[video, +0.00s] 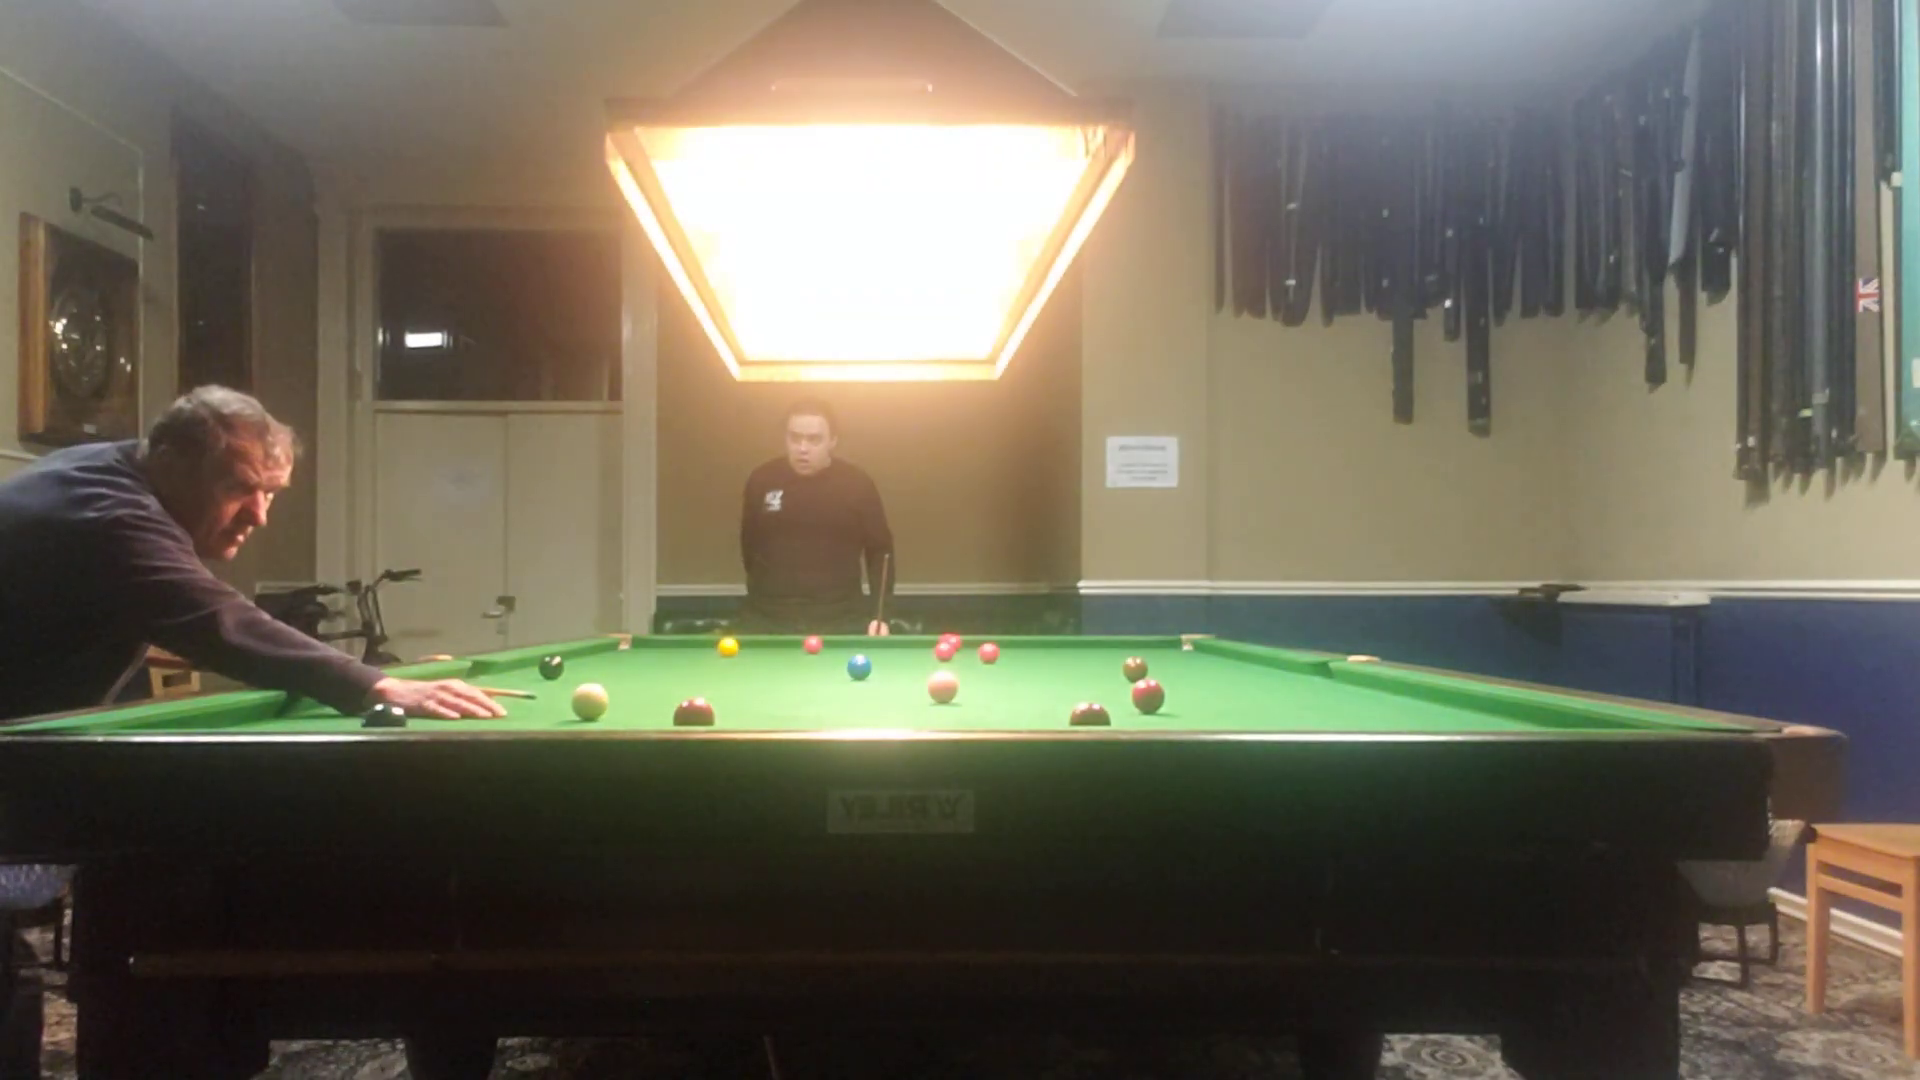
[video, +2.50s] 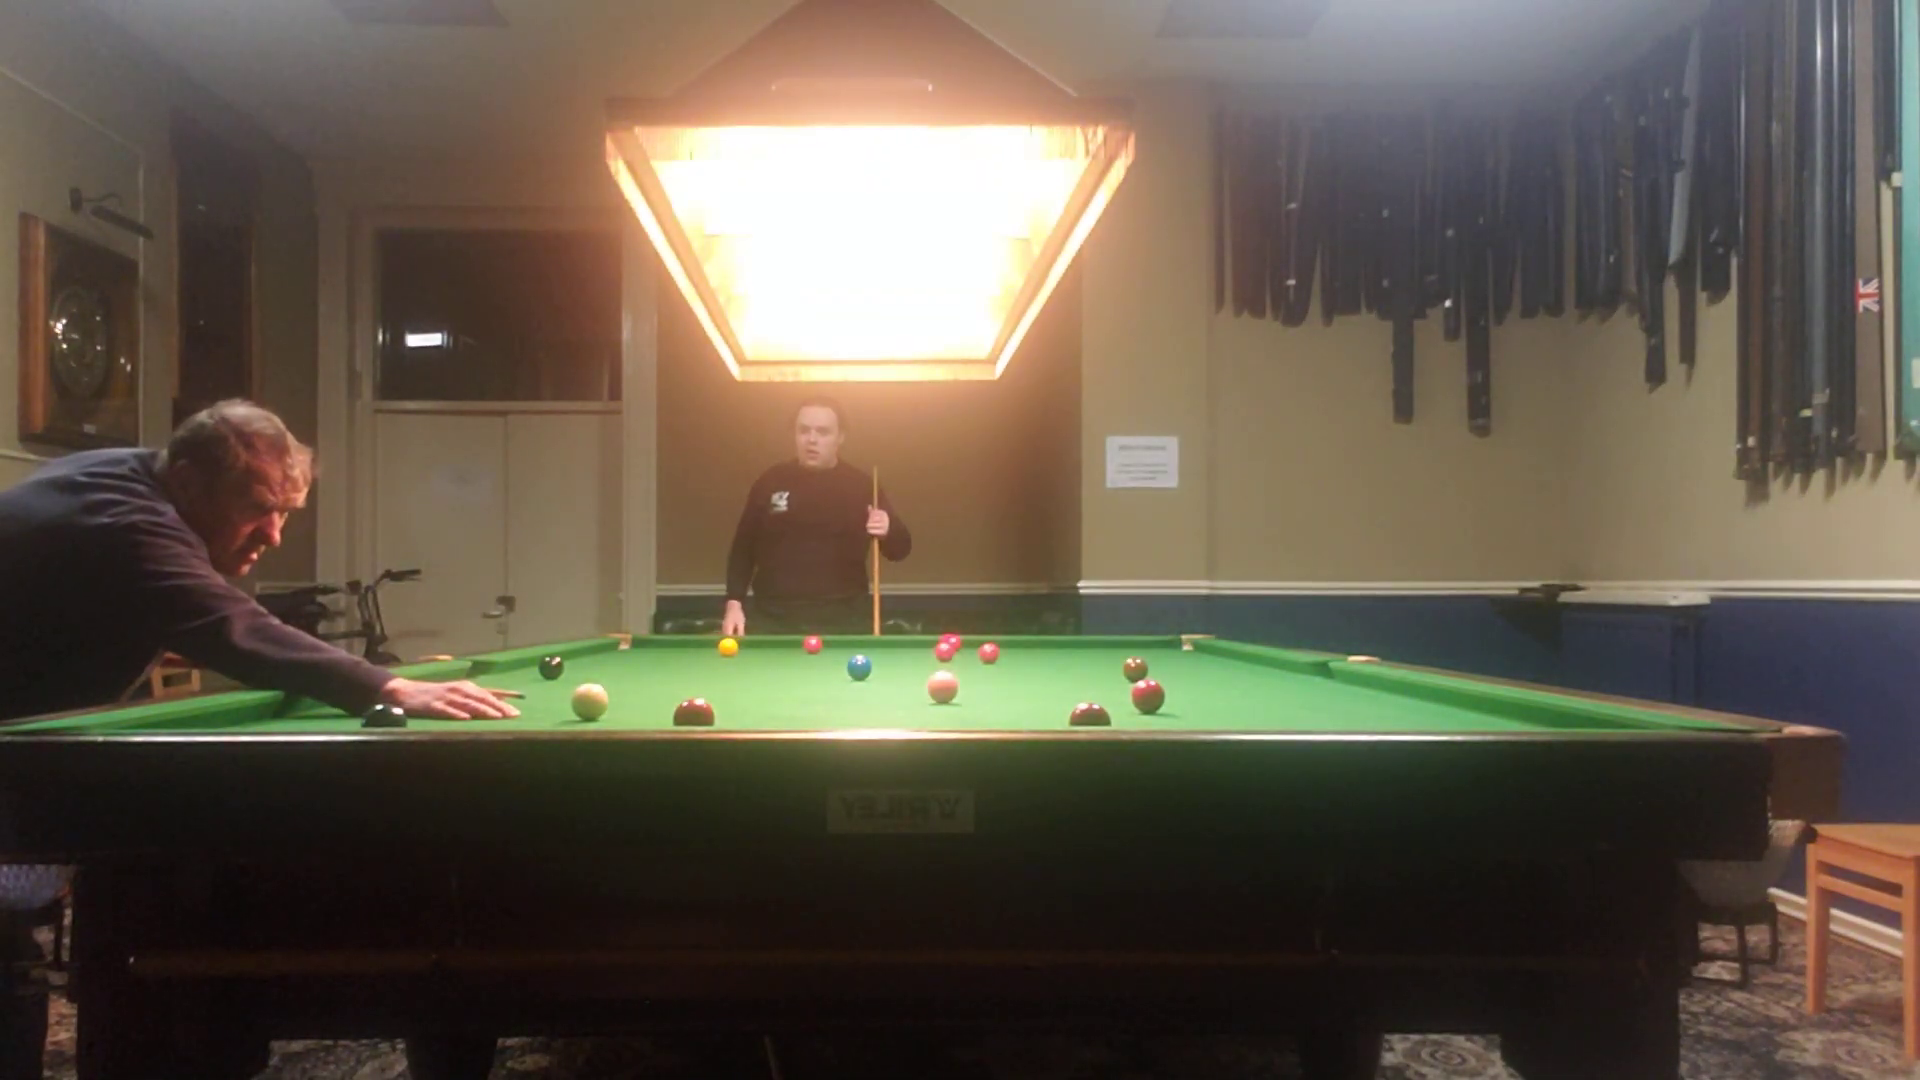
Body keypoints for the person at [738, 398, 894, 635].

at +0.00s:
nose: (803, 449)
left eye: (814, 439)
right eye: (795, 438)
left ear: (833, 442)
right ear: (785, 439)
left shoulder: (857, 484)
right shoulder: (762, 481)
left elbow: (880, 552)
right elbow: (750, 550)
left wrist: (880, 616)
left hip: (840, 621)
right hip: (769, 621)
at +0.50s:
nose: (813, 453)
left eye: (824, 444)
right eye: (805, 442)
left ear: (840, 445)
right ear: (794, 441)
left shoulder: (862, 488)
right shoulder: (766, 481)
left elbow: (883, 556)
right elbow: (740, 541)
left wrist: (882, 619)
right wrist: (736, 598)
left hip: (843, 626)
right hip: (770, 626)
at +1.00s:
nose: (815, 453)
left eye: (826, 444)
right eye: (807, 442)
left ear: (842, 444)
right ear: (795, 440)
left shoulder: (861, 489)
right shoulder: (768, 482)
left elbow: (889, 545)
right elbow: (737, 540)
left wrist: (884, 582)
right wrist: (727, 594)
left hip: (843, 624)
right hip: (772, 623)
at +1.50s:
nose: (813, 454)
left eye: (823, 444)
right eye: (804, 443)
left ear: (840, 445)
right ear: (793, 441)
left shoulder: (859, 490)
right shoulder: (765, 485)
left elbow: (890, 542)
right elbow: (737, 547)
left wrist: (893, 568)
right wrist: (726, 604)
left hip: (842, 623)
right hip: (771, 623)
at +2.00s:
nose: (814, 448)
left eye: (825, 440)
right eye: (806, 438)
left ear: (841, 444)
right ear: (795, 439)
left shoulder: (860, 489)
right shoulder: (768, 483)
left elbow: (895, 545)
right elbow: (740, 545)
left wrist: (891, 565)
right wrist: (727, 599)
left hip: (843, 624)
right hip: (772, 624)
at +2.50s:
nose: (812, 439)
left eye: (823, 432)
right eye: (804, 430)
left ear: (840, 438)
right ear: (794, 435)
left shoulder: (862, 486)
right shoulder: (771, 483)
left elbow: (901, 550)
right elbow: (743, 547)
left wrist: (888, 532)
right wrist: (734, 602)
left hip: (843, 620)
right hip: (775, 621)